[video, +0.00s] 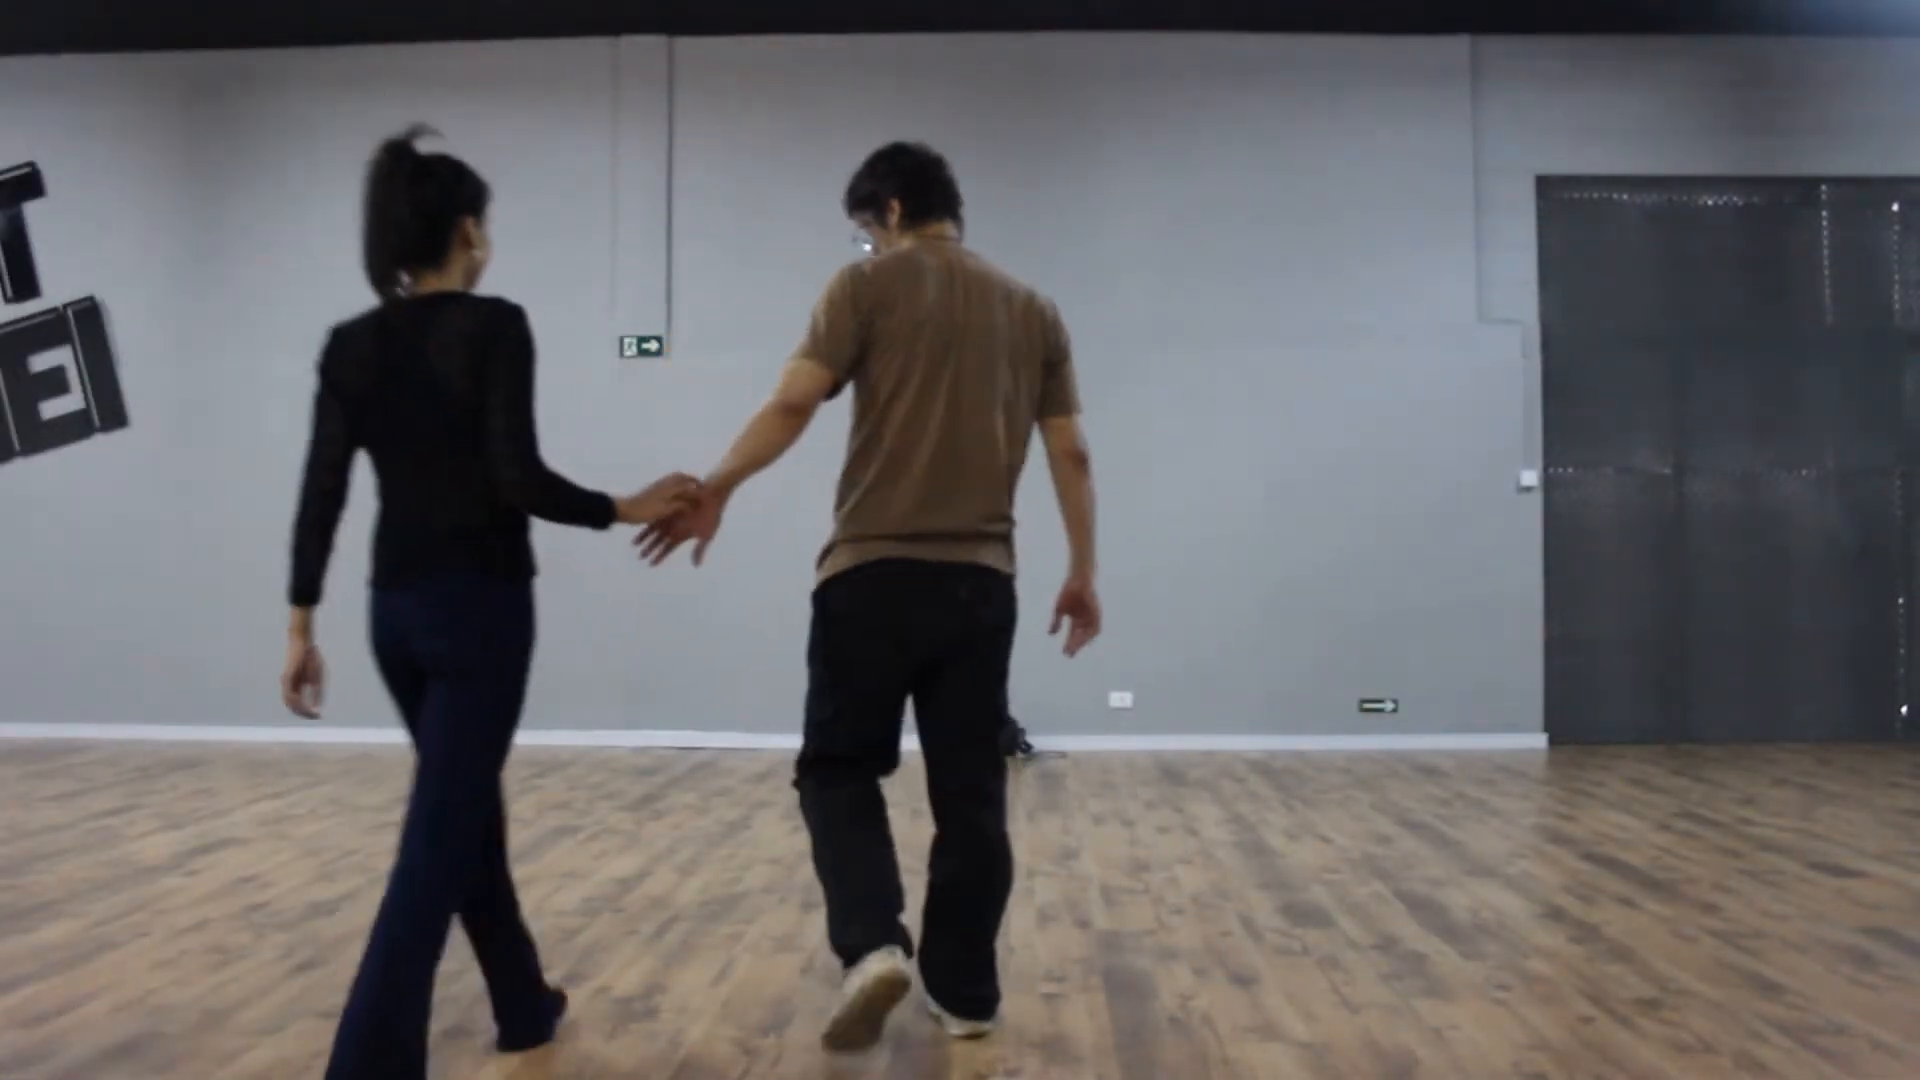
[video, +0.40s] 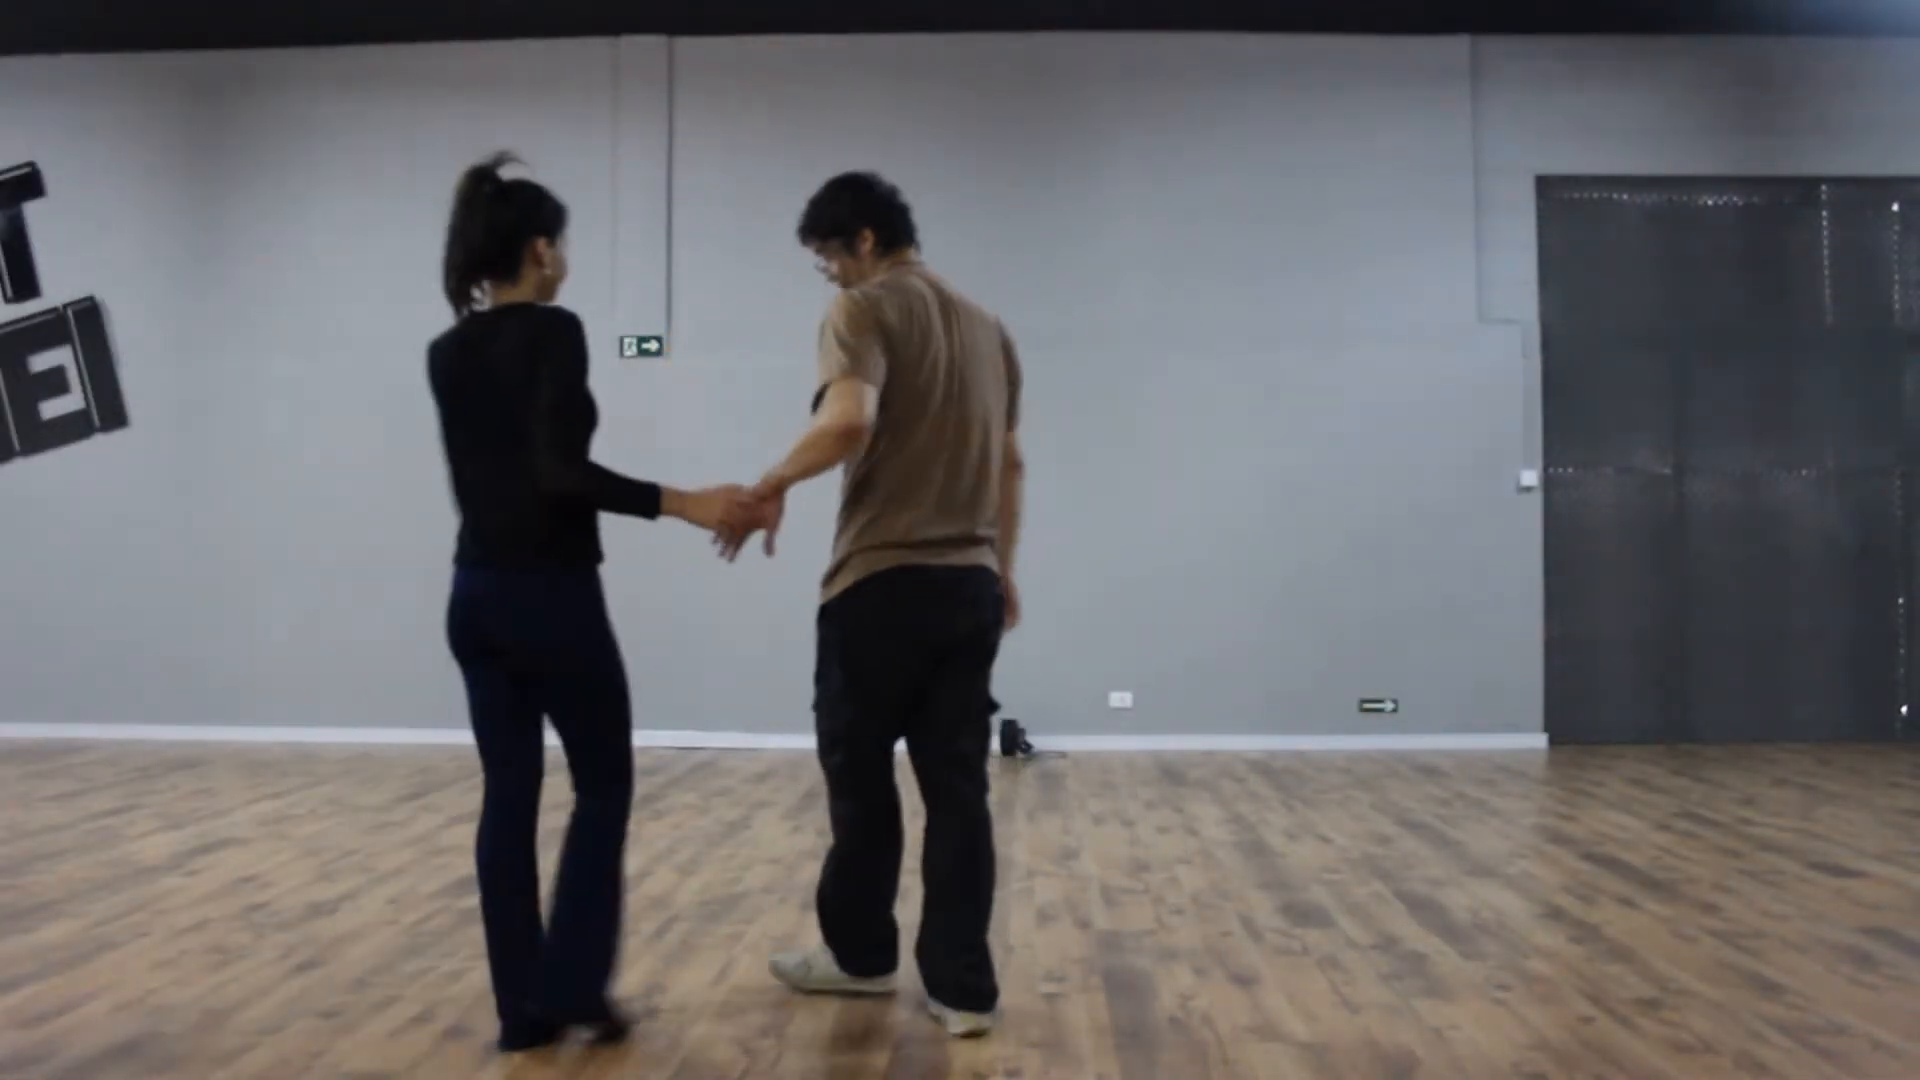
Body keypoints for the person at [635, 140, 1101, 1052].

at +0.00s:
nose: (863, 243)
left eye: (863, 229)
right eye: (859, 232)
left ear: (890, 213)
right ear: (954, 214)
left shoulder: (866, 286)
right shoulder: (1030, 308)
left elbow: (794, 404)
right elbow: (1071, 454)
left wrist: (715, 488)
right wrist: (1083, 572)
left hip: (868, 578)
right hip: (978, 586)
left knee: (839, 767)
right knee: (971, 786)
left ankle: (874, 948)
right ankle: (966, 1000)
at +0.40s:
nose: (829, 275)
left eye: (830, 257)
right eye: (822, 260)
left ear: (867, 239)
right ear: (900, 238)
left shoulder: (860, 312)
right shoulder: (989, 328)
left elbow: (850, 421)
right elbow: (1007, 460)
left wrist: (771, 483)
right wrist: (1003, 567)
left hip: (877, 591)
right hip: (970, 588)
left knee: (856, 773)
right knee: (958, 786)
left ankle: (859, 954)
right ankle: (964, 989)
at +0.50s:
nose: (806, 281)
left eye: (808, 264)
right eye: (799, 267)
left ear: (848, 245)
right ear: (877, 245)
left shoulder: (852, 314)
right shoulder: (965, 327)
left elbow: (859, 427)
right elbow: (966, 450)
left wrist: (780, 499)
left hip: (864, 588)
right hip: (952, 587)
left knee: (847, 774)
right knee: (946, 779)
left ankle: (858, 954)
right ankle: (961, 979)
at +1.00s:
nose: (750, 289)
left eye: (757, 273)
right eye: (745, 275)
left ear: (803, 259)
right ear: (797, 261)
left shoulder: (836, 327)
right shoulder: (831, 320)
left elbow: (876, 446)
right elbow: (860, 447)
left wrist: (818, 551)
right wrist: (805, 547)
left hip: (838, 579)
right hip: (832, 577)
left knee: (832, 764)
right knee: (829, 760)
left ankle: (864, 952)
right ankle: (848, 925)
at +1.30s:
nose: (736, 287)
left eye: (747, 273)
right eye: (730, 274)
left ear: (793, 263)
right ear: (743, 267)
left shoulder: (831, 333)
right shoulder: (773, 341)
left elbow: (883, 445)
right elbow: (737, 433)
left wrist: (828, 550)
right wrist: (680, 491)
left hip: (823, 581)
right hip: (777, 578)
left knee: (827, 760)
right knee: (757, 752)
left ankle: (866, 951)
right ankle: (775, 922)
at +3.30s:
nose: (759, 263)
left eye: (770, 245)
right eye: (743, 252)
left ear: (800, 248)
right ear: (730, 266)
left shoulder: (849, 325)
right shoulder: (735, 348)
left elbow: (952, 389)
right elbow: (644, 450)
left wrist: (909, 488)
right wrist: (666, 428)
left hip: (841, 586)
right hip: (759, 587)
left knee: (834, 767)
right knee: (754, 762)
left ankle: (823, 942)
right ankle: (774, 920)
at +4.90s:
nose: (732, 268)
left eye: (743, 252)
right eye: (717, 260)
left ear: (774, 255)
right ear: (706, 275)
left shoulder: (821, 335)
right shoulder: (715, 352)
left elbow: (890, 433)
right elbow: (626, 438)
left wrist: (851, 515)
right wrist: (640, 436)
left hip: (806, 580)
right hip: (737, 581)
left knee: (804, 757)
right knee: (745, 759)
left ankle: (827, 936)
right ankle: (774, 922)